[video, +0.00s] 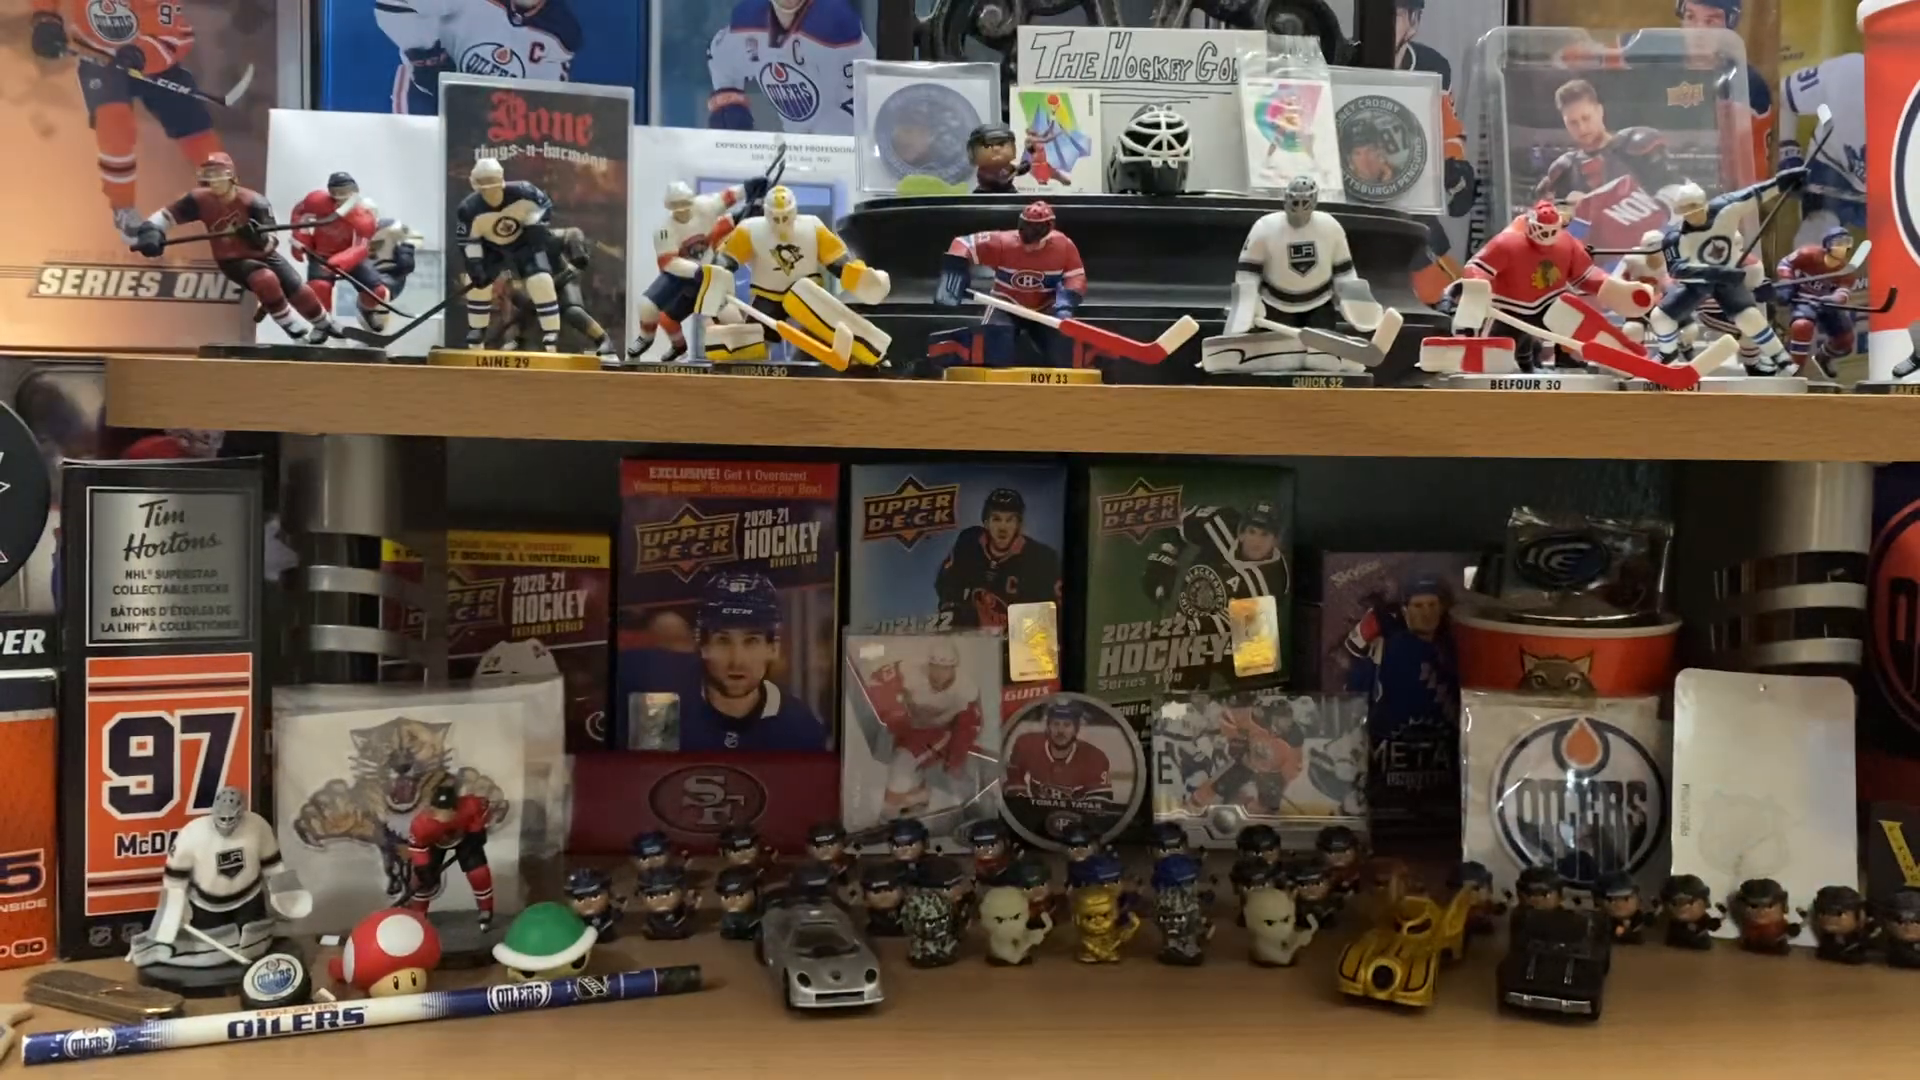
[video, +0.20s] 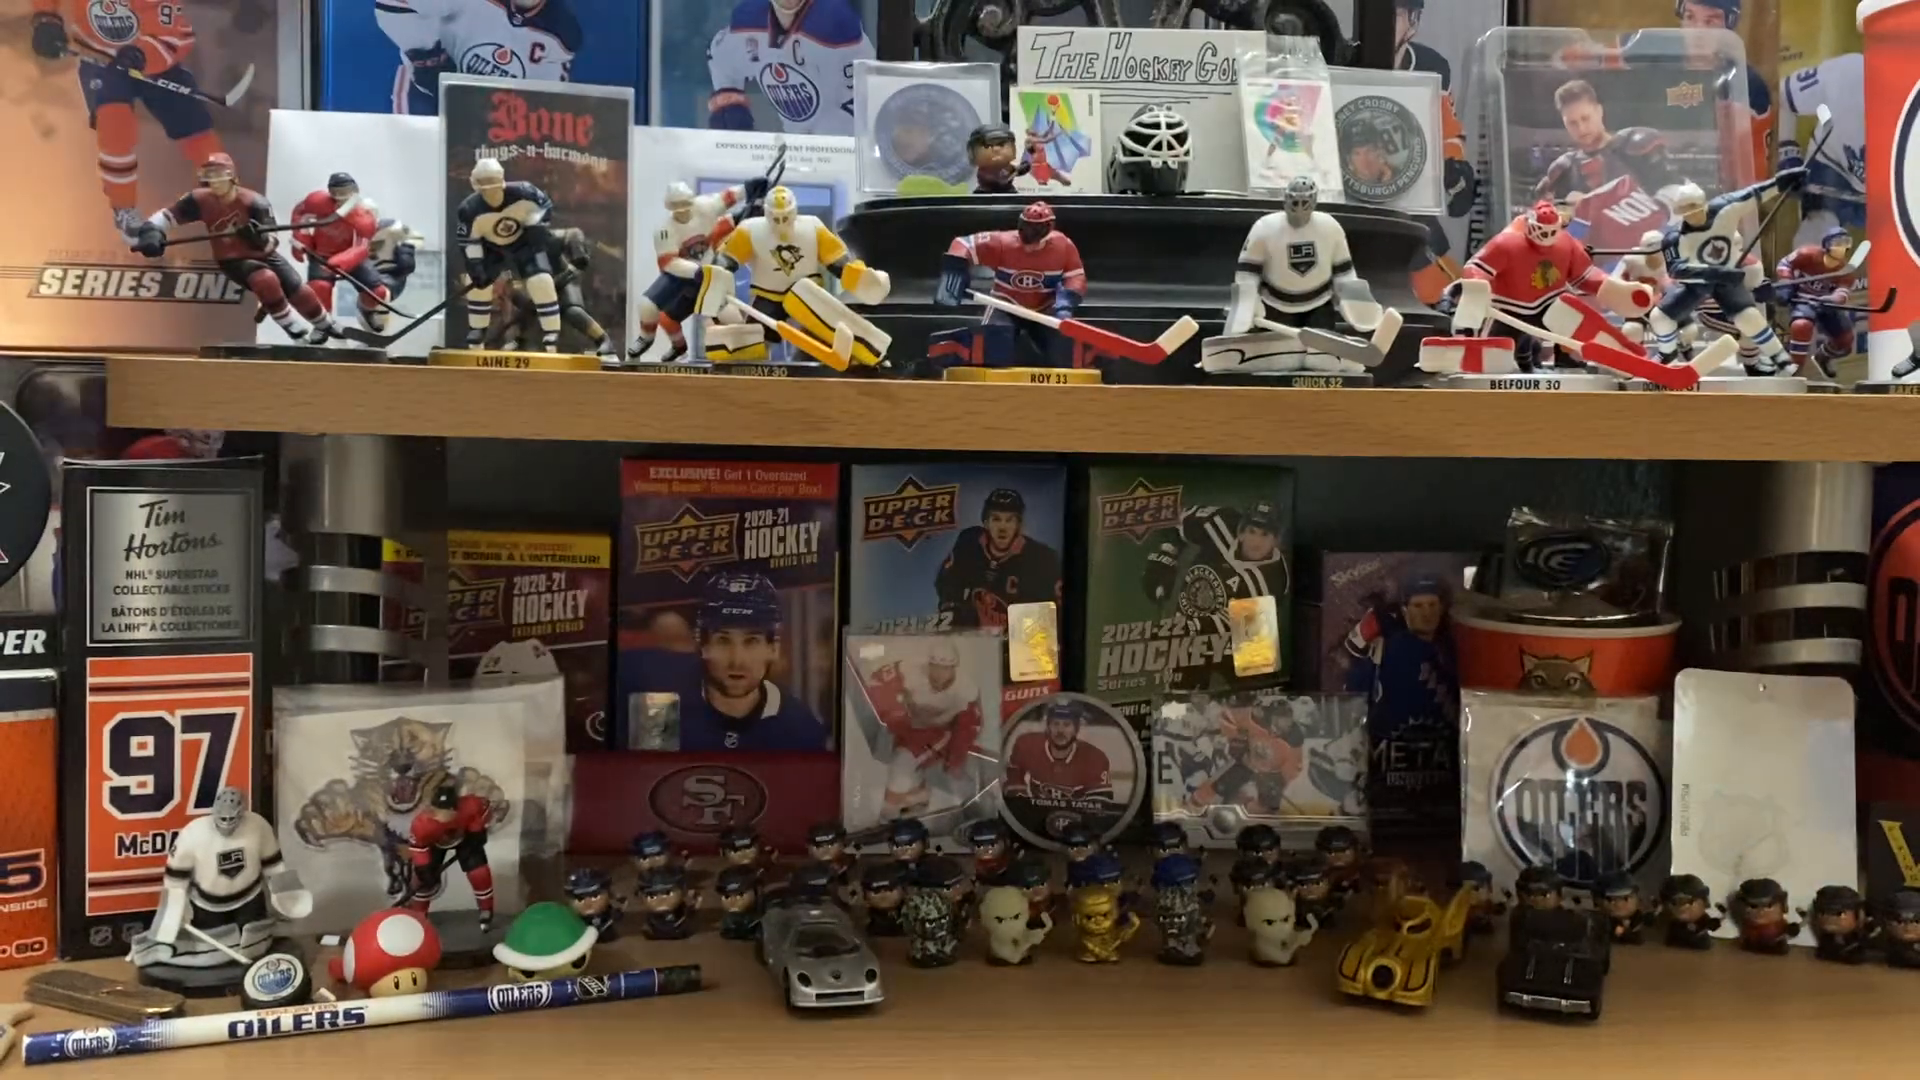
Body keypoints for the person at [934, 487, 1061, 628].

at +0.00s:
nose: (1003, 527)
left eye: (1009, 520)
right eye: (996, 520)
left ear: (1019, 524)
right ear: (986, 522)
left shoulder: (1041, 557)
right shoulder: (968, 542)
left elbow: (1045, 605)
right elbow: (944, 581)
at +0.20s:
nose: (1002, 527)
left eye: (1009, 520)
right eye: (996, 520)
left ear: (1019, 524)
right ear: (985, 523)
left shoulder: (1041, 558)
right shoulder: (968, 542)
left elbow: (1046, 605)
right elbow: (944, 581)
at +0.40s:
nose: (1003, 527)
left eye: (1009, 520)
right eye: (996, 520)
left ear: (1019, 524)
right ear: (986, 522)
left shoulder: (1041, 557)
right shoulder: (968, 542)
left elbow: (1046, 605)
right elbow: (943, 581)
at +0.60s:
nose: (1003, 527)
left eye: (1009, 520)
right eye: (996, 520)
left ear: (1019, 524)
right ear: (986, 523)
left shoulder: (1041, 557)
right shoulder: (968, 542)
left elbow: (1047, 604)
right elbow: (944, 580)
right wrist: (949, 607)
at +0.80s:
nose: (1003, 527)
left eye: (1010, 521)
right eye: (996, 520)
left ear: (1019, 524)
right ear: (986, 523)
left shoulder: (1041, 557)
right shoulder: (969, 541)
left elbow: (1047, 604)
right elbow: (945, 577)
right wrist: (949, 606)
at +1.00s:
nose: (1003, 527)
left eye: (1010, 521)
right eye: (996, 520)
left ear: (1019, 524)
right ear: (986, 523)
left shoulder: (1042, 557)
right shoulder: (969, 541)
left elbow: (1047, 604)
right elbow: (945, 578)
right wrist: (949, 606)